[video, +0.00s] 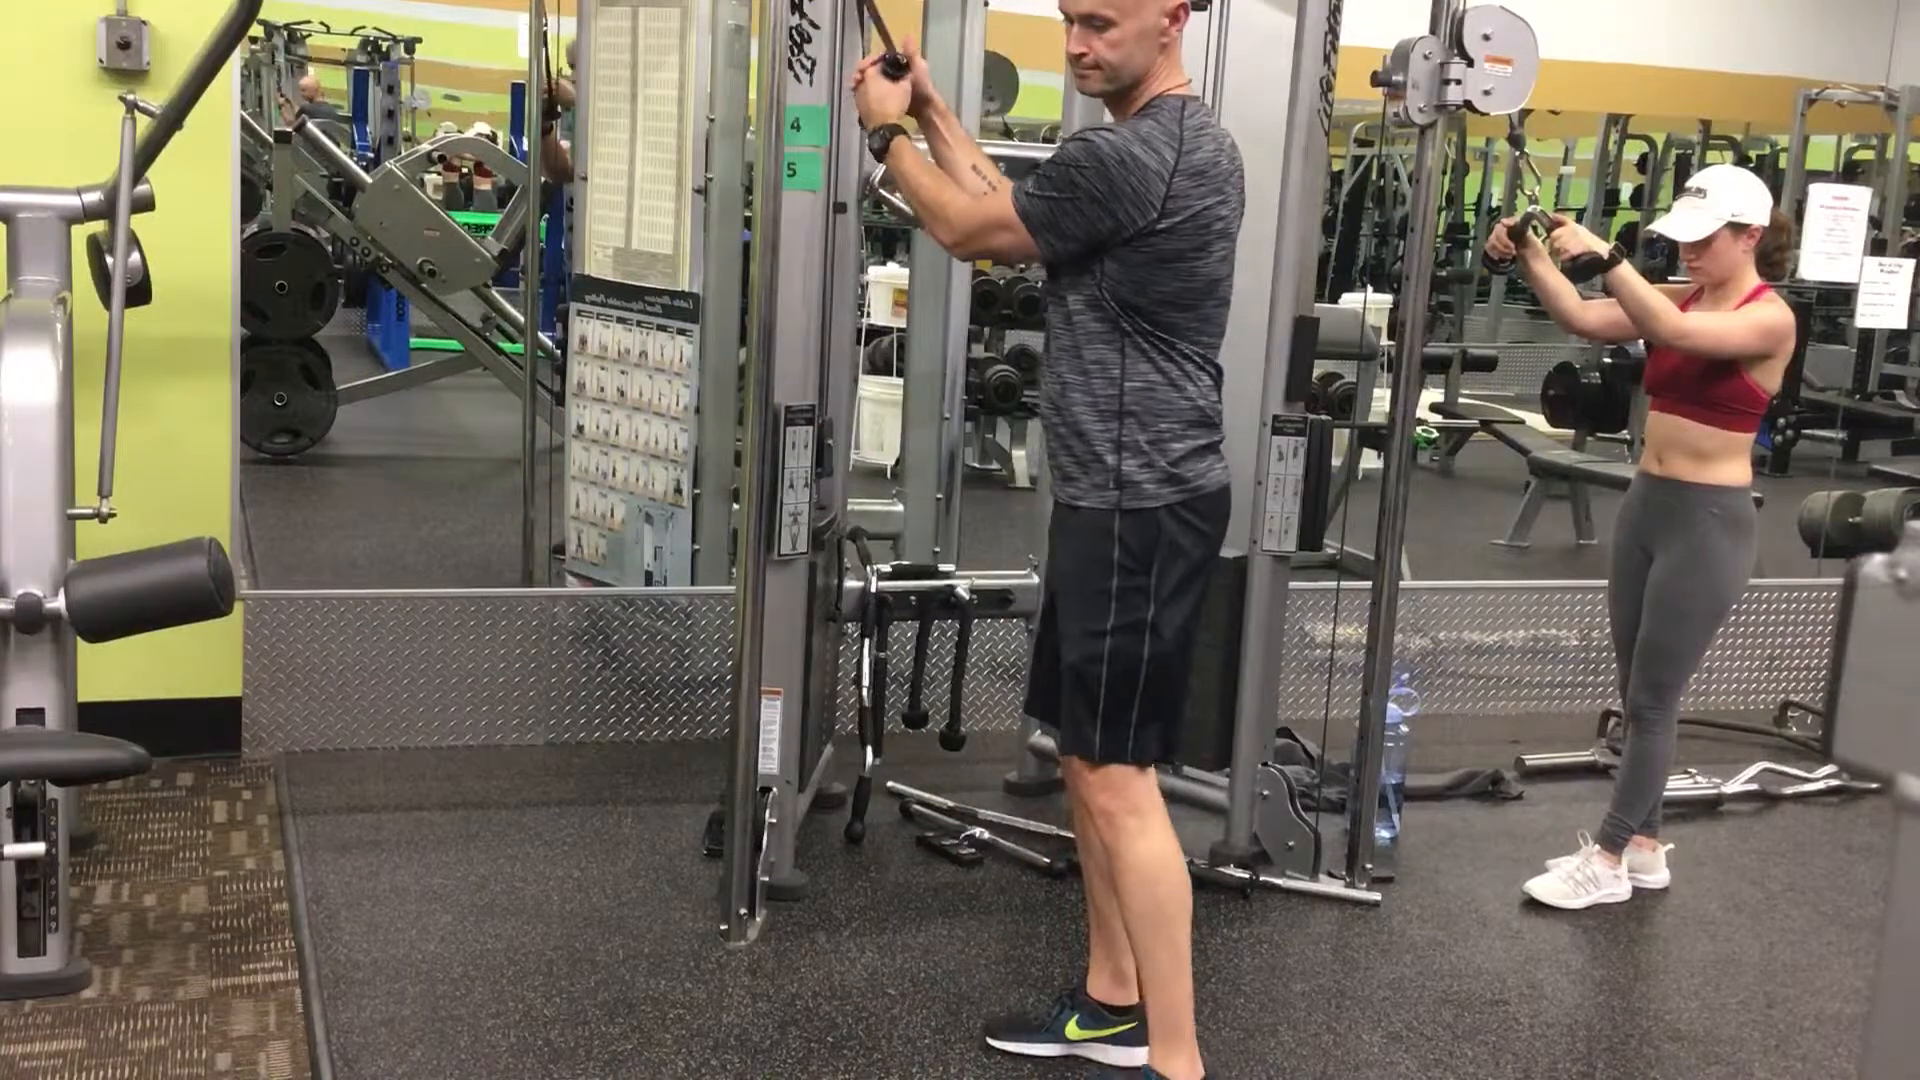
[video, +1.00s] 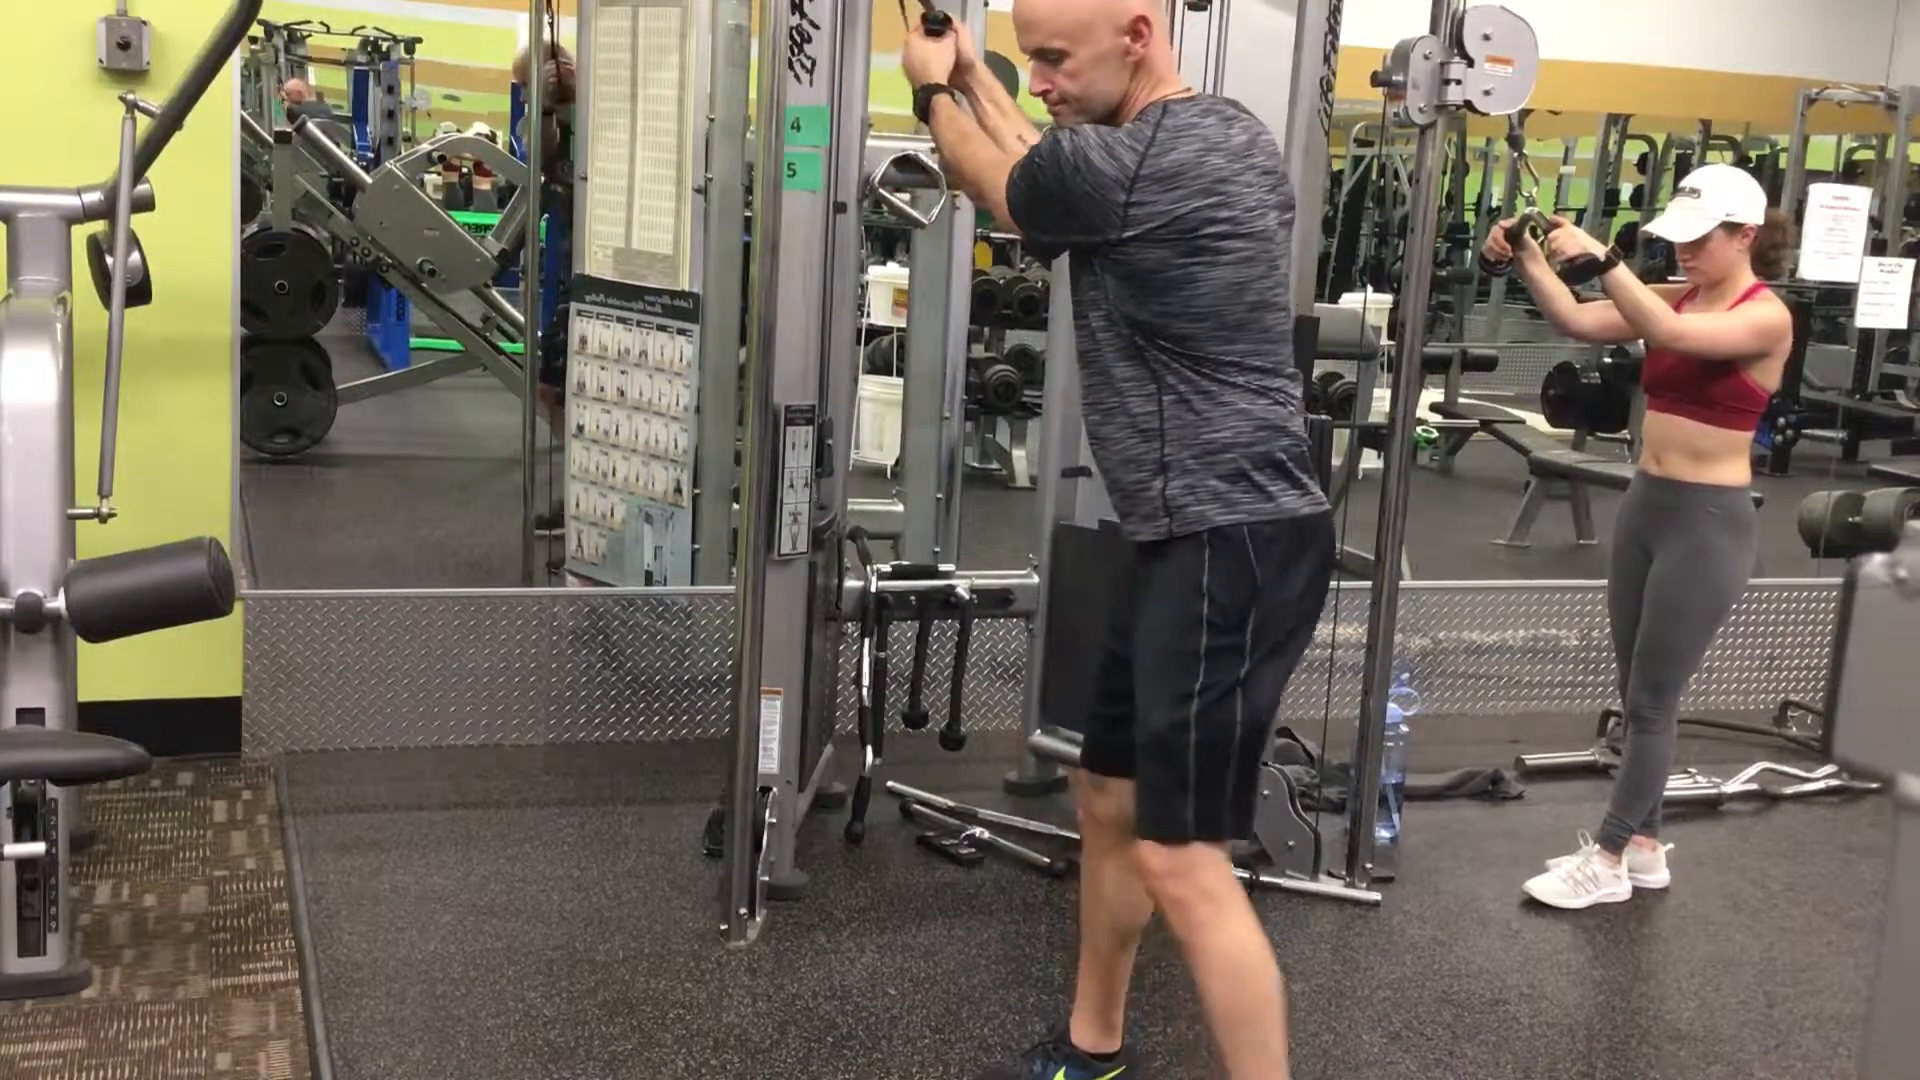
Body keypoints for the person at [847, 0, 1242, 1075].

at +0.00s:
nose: (1077, 43)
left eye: (1100, 24)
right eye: (1071, 24)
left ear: (1172, 22)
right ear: (1077, 24)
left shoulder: (1143, 152)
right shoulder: (1174, 139)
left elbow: (965, 229)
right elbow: (1017, 221)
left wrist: (887, 130)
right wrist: (938, 116)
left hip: (1136, 504)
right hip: (1120, 496)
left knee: (1121, 783)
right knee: (1091, 763)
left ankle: (1178, 1059)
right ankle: (1112, 1004)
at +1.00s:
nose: (1040, 84)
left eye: (1055, 57)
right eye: (1034, 61)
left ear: (1140, 37)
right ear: (1141, 41)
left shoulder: (1130, 163)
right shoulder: (1235, 136)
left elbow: (996, 189)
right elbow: (1060, 174)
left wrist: (934, 85)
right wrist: (976, 74)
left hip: (1233, 537)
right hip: (1177, 531)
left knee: (1185, 855)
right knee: (1107, 802)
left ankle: (1263, 1069)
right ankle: (1093, 1048)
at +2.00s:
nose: (1093, 98)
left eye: (1116, 75)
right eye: (1087, 72)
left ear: (1208, 59)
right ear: (1207, 62)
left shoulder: (1174, 202)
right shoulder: (1283, 166)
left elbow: (1040, 238)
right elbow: (1099, 226)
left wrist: (962, 146)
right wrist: (1006, 131)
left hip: (1275, 588)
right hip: (1200, 574)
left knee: (1198, 911)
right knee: (1125, 826)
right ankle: (1123, 1050)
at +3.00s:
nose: (1049, 155)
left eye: (1076, 128)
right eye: (1036, 125)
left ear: (1160, 98)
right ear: (1024, 99)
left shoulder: (1177, 259)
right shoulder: (1109, 205)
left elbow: (966, 404)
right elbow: (974, 344)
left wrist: (805, 367)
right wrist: (811, 340)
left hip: (1242, 603)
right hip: (1151, 587)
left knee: (1158, 929)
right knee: (1102, 833)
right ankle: (1131, 1054)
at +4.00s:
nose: (1270, 521)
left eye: (1296, 493)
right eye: (1241, 493)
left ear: (1325, 441)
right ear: (1176, 424)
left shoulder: (1359, 507)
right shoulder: (1082, 517)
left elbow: (1345, 753)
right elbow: (1134, 804)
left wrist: (1335, 982)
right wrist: (1255, 1006)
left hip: (1238, 718)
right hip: (1079, 716)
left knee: (1236, 950)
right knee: (1053, 959)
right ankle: (1031, 1006)